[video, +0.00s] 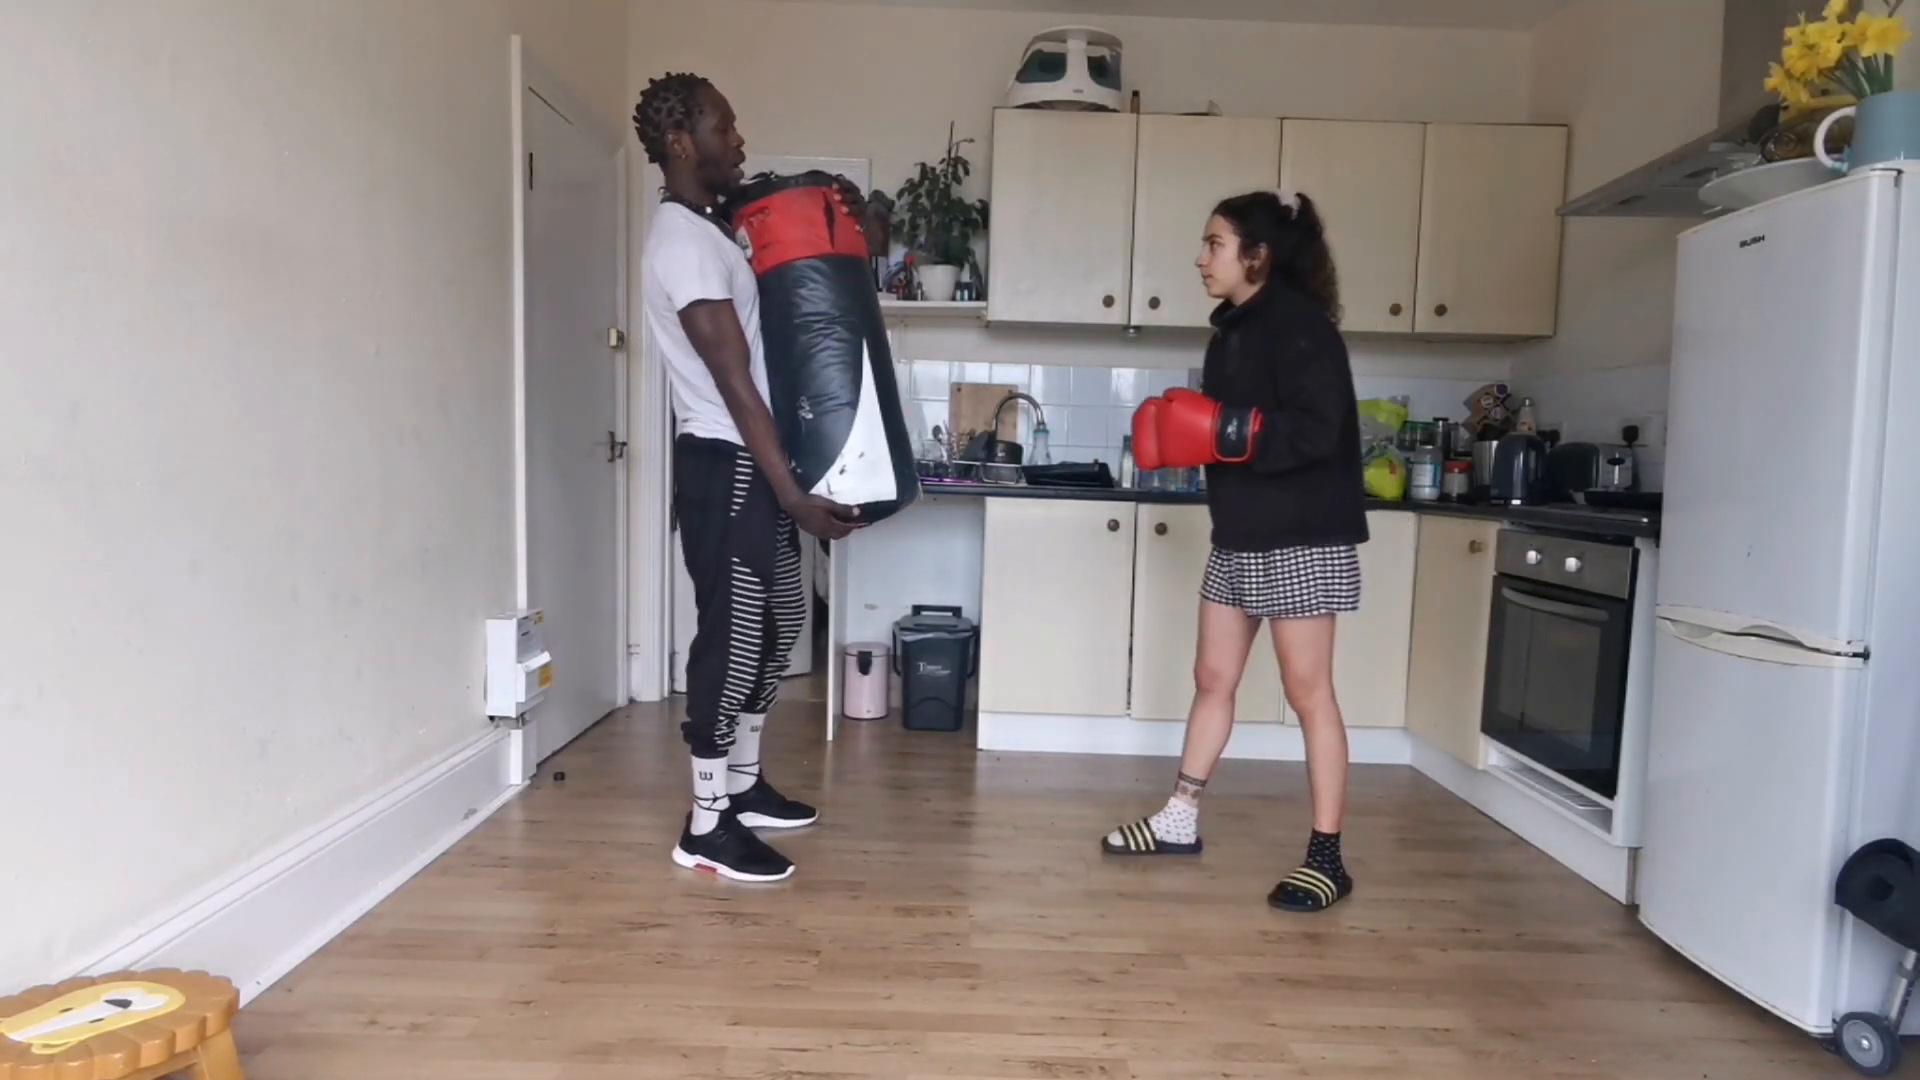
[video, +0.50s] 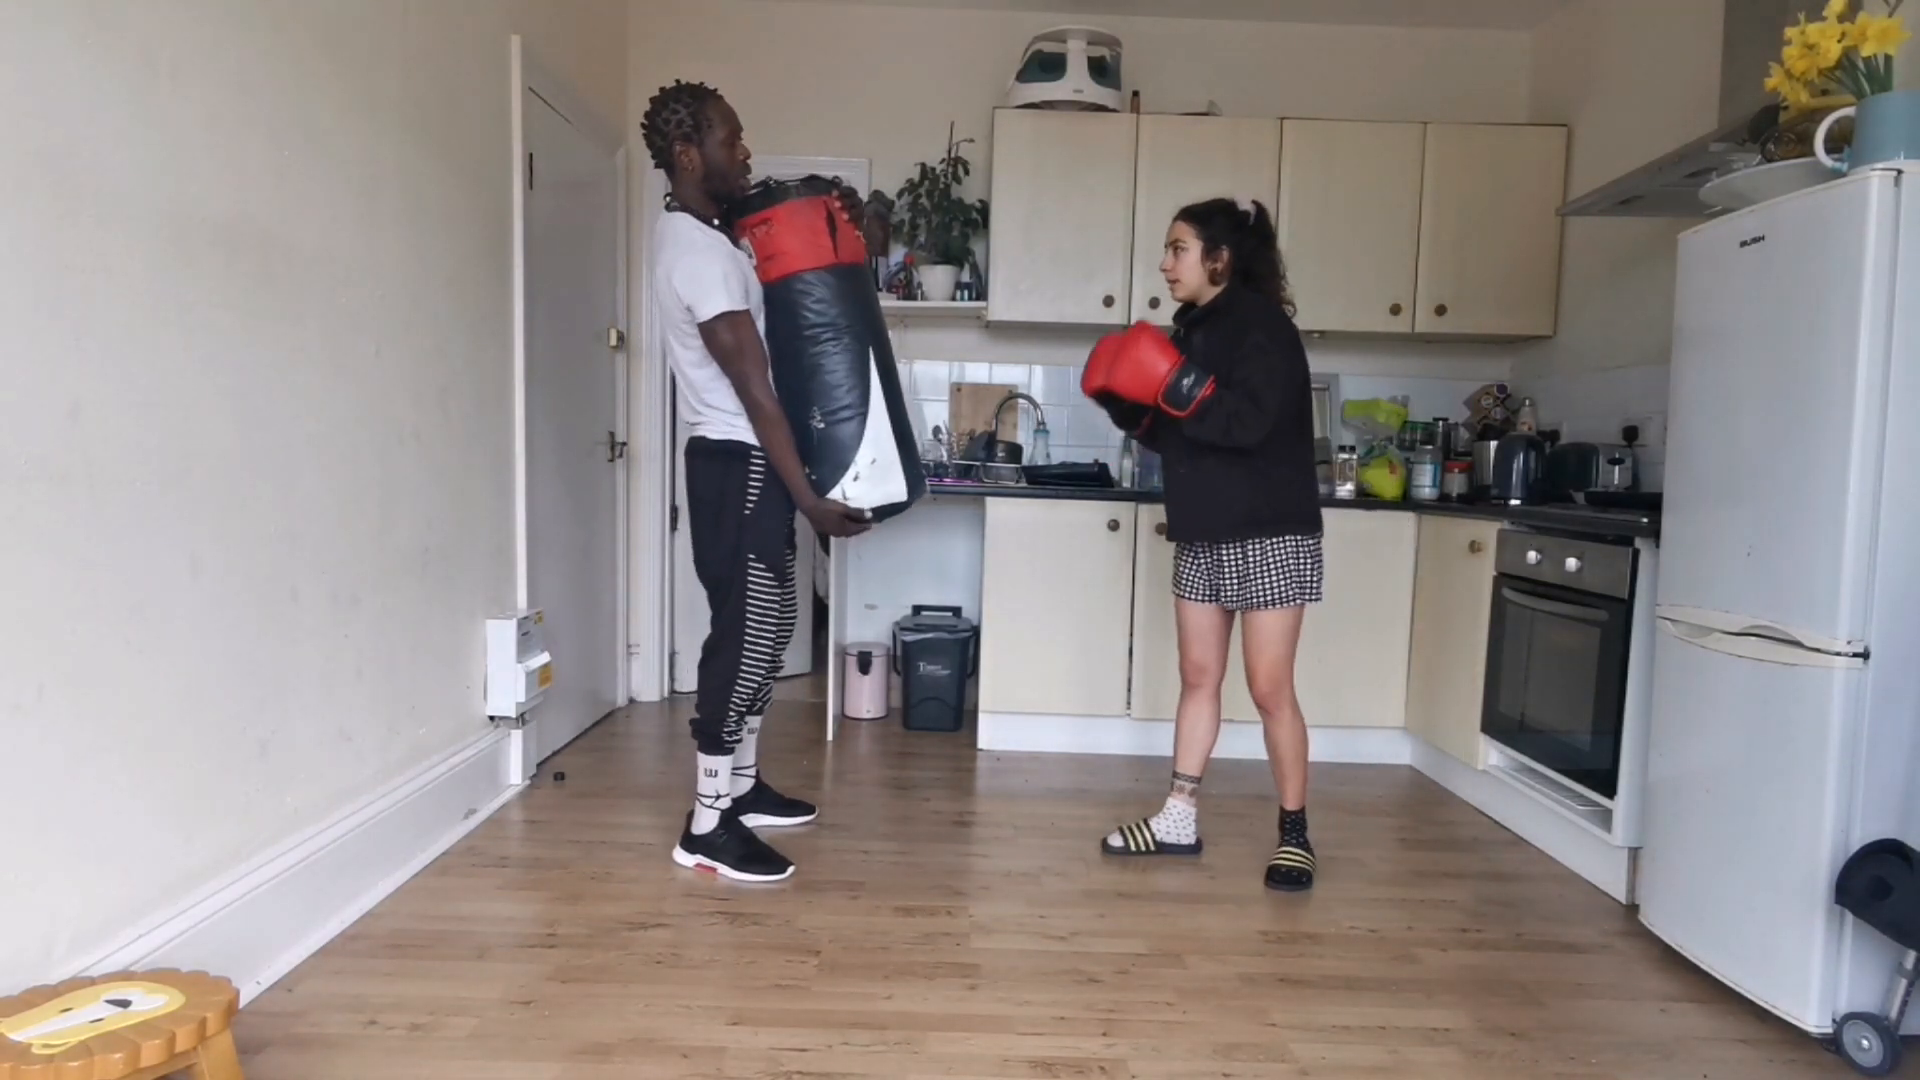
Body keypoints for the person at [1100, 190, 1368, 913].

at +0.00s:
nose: (1202, 258)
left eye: (1215, 245)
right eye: (1204, 244)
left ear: (1257, 255)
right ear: (1237, 256)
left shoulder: (1301, 326)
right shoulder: (1230, 331)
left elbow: (1321, 435)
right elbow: (1235, 424)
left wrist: (1226, 430)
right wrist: (1181, 429)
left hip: (1306, 531)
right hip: (1239, 528)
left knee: (1309, 692)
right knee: (1213, 677)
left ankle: (1325, 857)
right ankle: (1180, 818)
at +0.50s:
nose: (1166, 262)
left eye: (1178, 250)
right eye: (1167, 249)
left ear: (1219, 258)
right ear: (1198, 260)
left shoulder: (1265, 325)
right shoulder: (1185, 335)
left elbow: (1251, 424)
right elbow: (1172, 436)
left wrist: (1176, 385)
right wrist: (1116, 392)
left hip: (1273, 525)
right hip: (1201, 526)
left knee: (1270, 689)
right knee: (1197, 676)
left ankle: (1293, 832)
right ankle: (1178, 817)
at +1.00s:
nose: (1195, 270)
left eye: (1205, 258)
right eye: (1193, 259)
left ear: (1248, 260)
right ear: (1222, 264)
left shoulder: (1291, 320)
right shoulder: (1221, 325)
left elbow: (1239, 413)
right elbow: (1184, 423)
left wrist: (1208, 333)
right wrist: (1160, 348)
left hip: (1298, 526)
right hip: (1226, 524)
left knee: (1291, 687)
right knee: (1167, 658)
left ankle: (1294, 833)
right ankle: (1164, 806)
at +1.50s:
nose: (1143, 270)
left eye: (1153, 258)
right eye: (1139, 259)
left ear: (1197, 259)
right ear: (1156, 265)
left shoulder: (1242, 320)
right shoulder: (1162, 326)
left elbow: (1191, 410)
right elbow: (1127, 422)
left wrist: (1159, 332)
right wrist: (1111, 342)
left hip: (1257, 518)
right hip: (1180, 520)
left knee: (1272, 686)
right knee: (1158, 668)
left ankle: (1304, 834)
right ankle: (1146, 810)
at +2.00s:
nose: (1199, 261)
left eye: (1212, 248)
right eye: (1197, 249)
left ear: (1258, 251)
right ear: (1204, 257)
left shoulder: (1301, 314)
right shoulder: (1212, 322)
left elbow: (1246, 394)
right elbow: (1171, 412)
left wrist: (1219, 319)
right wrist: (1159, 336)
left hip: (1294, 518)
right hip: (1216, 518)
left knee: (1299, 688)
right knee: (1184, 675)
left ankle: (1307, 834)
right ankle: (1148, 811)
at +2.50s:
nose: (1240, 258)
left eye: (1253, 244)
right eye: (1239, 245)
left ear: (1293, 252)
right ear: (1245, 259)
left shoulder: (1325, 317)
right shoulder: (1236, 318)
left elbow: (1251, 380)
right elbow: (1172, 386)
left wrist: (1246, 305)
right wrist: (1188, 301)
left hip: (1292, 517)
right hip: (1214, 514)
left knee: (1296, 687)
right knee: (1185, 677)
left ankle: (1307, 835)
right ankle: (1147, 810)